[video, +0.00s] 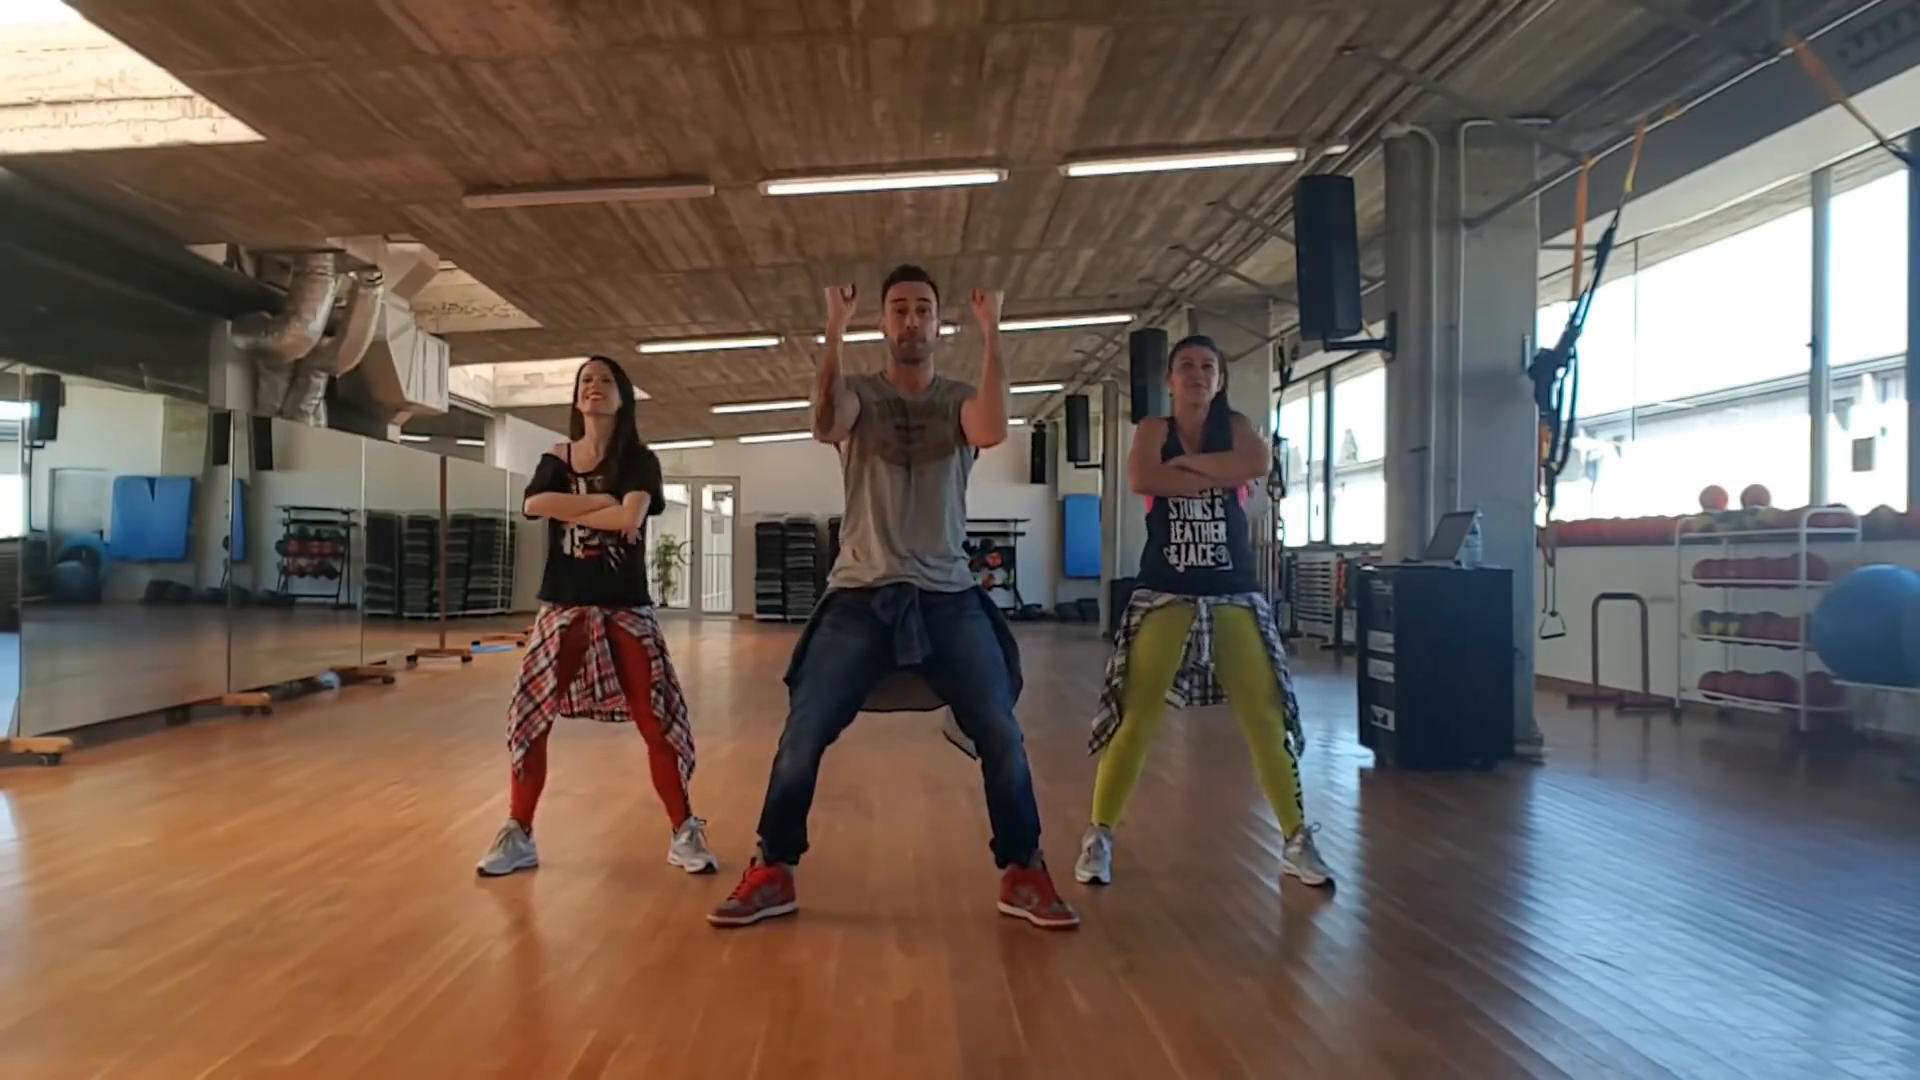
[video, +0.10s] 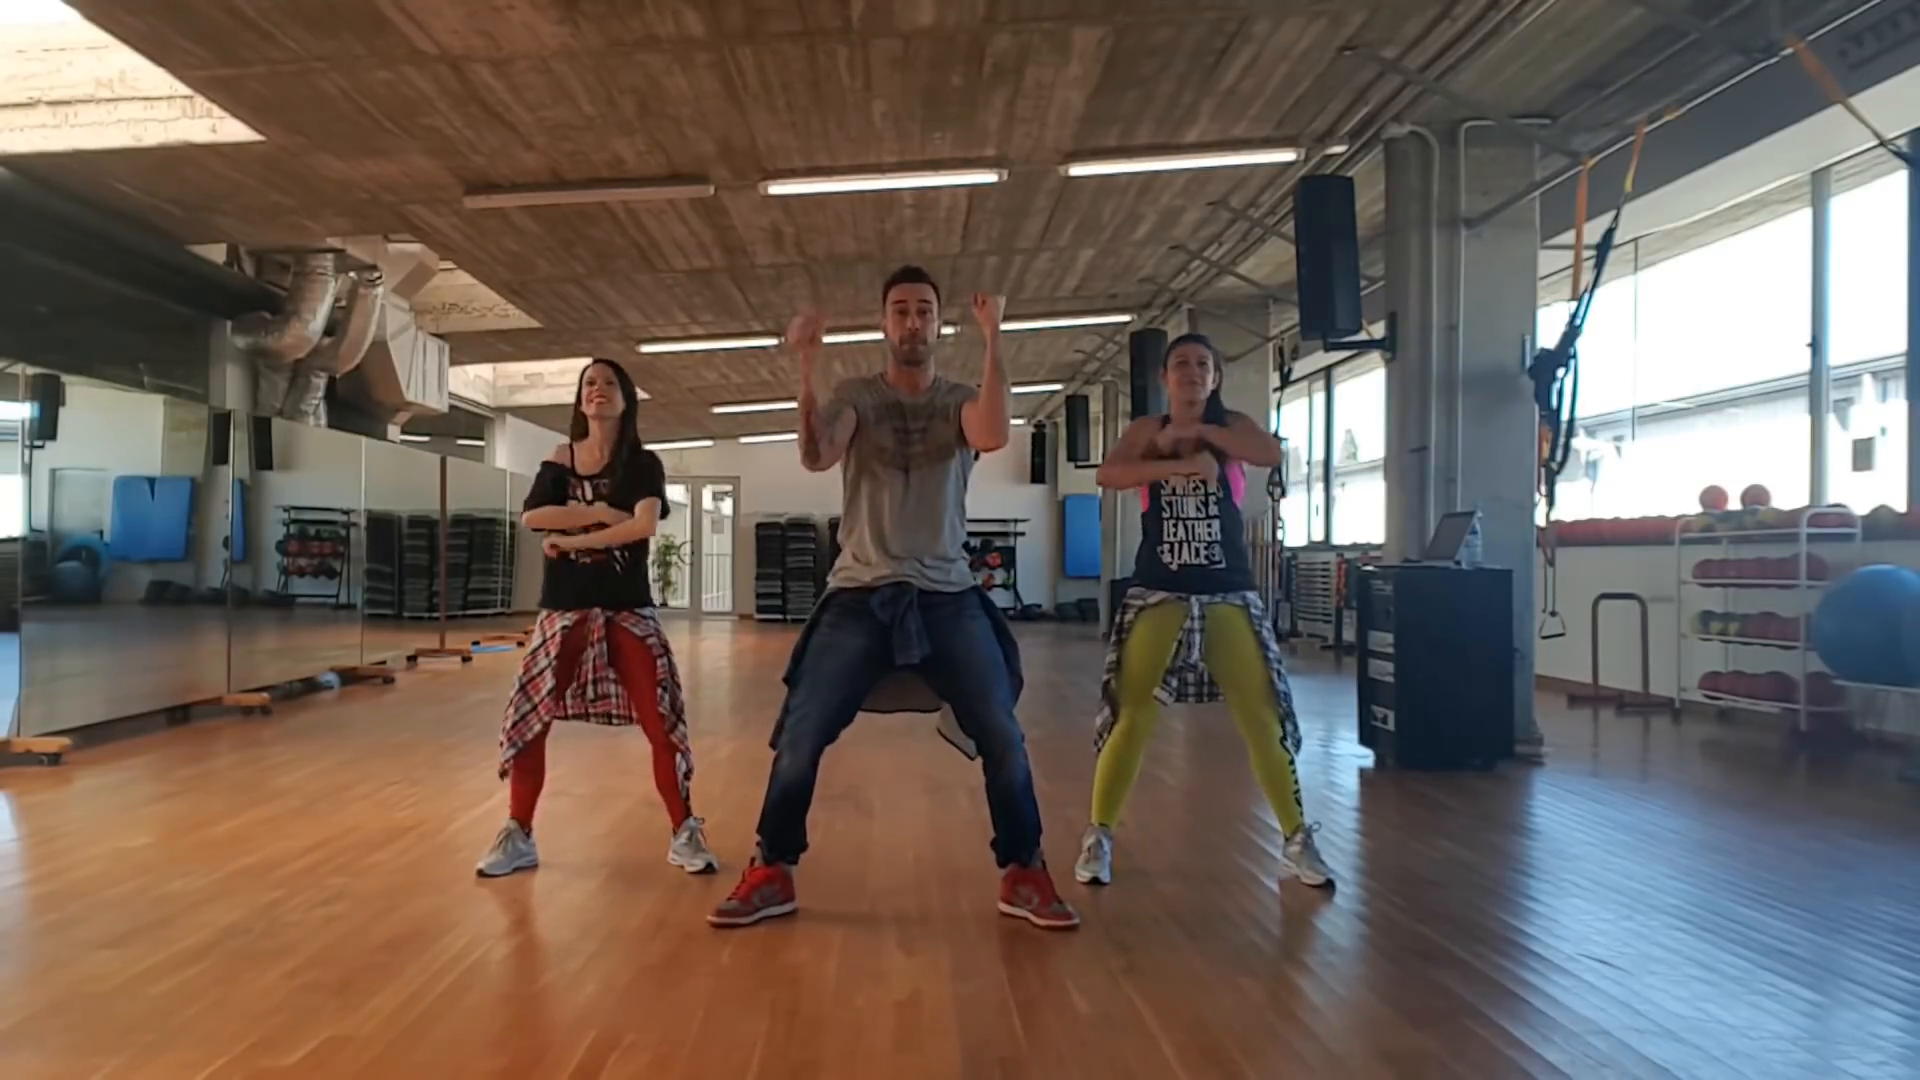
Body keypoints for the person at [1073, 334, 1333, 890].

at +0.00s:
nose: (1197, 374)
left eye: (1206, 367)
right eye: (1186, 366)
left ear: (1220, 379)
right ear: (1170, 379)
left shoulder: (1236, 426)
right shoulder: (1153, 429)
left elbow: (1257, 464)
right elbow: (1141, 478)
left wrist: (1181, 462)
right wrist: (1220, 476)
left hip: (1233, 591)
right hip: (1164, 591)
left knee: (1264, 714)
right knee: (1138, 717)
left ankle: (1297, 841)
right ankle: (1098, 838)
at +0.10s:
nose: (1192, 372)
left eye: (1202, 364)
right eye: (1182, 364)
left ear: (1216, 377)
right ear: (1164, 377)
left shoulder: (1235, 426)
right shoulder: (1146, 429)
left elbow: (1270, 454)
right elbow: (1108, 475)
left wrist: (1203, 431)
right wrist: (1165, 460)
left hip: (1227, 591)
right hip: (1157, 591)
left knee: (1260, 714)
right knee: (1134, 715)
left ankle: (1297, 840)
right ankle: (1098, 838)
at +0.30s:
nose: (1199, 372)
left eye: (1209, 364)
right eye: (1188, 364)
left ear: (1223, 377)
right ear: (1171, 378)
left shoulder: (1241, 431)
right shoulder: (1154, 433)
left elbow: (1295, 433)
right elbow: (1103, 448)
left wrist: (1259, 370)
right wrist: (1132, 379)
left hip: (1237, 593)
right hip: (1168, 592)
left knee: (1263, 717)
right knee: (1136, 716)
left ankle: (1282, 840)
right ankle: (1099, 837)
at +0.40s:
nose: (1212, 375)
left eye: (1220, 367)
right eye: (1201, 368)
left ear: (1234, 379)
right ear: (1183, 382)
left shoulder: (1252, 434)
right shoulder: (1168, 436)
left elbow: (1303, 432)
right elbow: (1114, 449)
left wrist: (1265, 372)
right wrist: (1138, 377)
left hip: (1253, 598)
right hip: (1183, 597)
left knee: (1275, 720)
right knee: (1147, 719)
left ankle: (1284, 842)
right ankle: (1102, 836)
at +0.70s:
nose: (1216, 380)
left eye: (1225, 371)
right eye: (1206, 372)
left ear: (1240, 380)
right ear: (1191, 384)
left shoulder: (1259, 435)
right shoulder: (1178, 437)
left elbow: (1318, 440)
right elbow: (1146, 457)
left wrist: (1287, 375)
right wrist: (1170, 387)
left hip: (1254, 601)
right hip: (1184, 598)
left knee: (1281, 726)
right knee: (1147, 714)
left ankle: (1285, 843)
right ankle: (1099, 828)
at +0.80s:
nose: (1204, 380)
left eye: (1211, 373)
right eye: (1193, 372)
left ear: (1224, 385)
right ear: (1173, 386)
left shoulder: (1245, 436)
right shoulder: (1159, 439)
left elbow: (1319, 439)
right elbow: (1149, 451)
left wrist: (1296, 377)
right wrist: (1178, 394)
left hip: (1239, 604)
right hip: (1167, 602)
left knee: (1265, 730)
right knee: (1125, 712)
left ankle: (1285, 843)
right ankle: (1079, 830)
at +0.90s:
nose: (1183, 389)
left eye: (1193, 380)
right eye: (1171, 377)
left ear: (1205, 390)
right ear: (1150, 388)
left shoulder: (1221, 443)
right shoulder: (1135, 444)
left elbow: (1301, 447)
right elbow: (1137, 446)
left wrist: (1284, 379)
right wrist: (1174, 392)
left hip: (1214, 606)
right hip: (1141, 606)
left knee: (1248, 731)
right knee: (1106, 728)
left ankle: (1285, 843)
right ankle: (1077, 843)